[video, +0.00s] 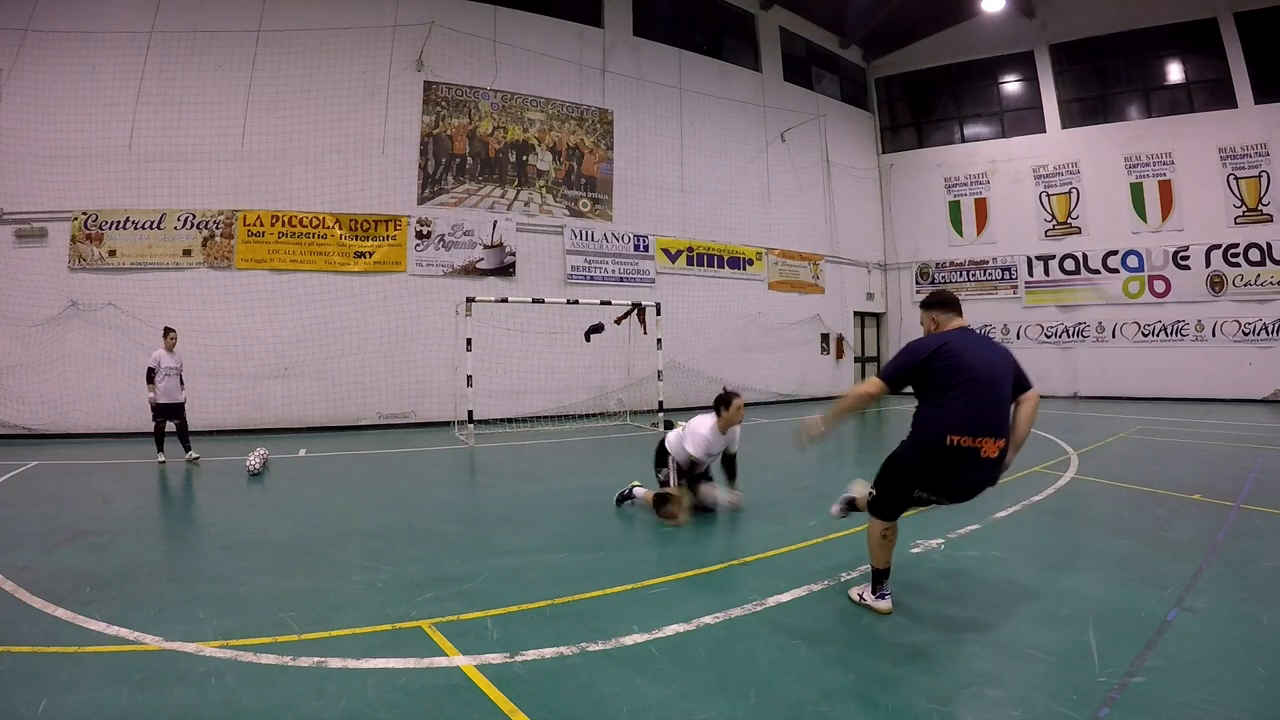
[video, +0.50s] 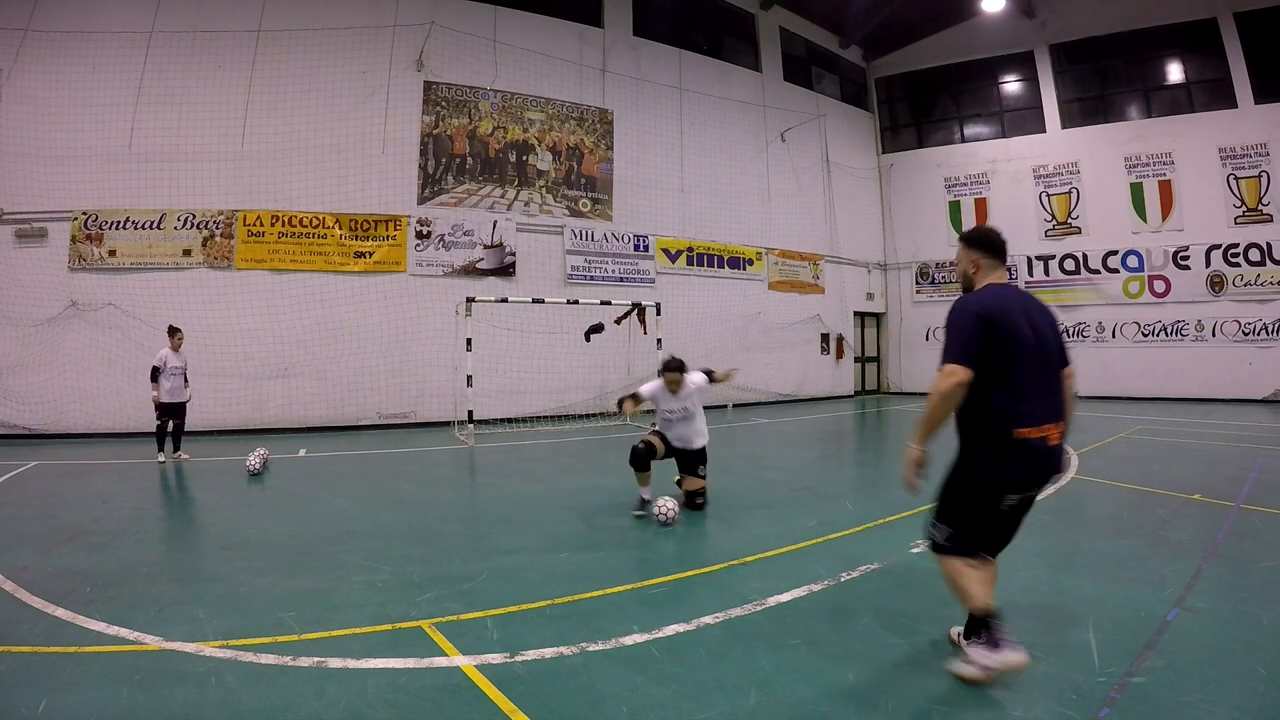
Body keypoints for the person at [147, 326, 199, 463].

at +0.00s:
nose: (174, 341)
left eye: (175, 339)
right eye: (171, 339)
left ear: (176, 340)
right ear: (164, 339)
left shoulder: (177, 357)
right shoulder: (157, 355)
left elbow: (180, 376)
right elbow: (150, 375)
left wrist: (183, 392)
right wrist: (151, 394)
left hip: (177, 399)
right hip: (161, 399)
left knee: (182, 426)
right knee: (160, 427)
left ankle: (188, 452)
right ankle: (160, 452)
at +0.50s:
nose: (181, 342)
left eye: (182, 339)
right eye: (179, 339)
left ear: (182, 339)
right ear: (171, 339)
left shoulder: (182, 356)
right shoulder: (163, 354)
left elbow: (184, 374)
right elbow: (154, 374)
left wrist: (187, 389)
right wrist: (155, 393)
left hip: (180, 397)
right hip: (165, 397)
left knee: (179, 425)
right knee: (163, 425)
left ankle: (177, 451)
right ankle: (161, 452)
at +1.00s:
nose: (199, 345)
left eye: (200, 342)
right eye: (196, 342)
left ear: (199, 343)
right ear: (189, 342)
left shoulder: (199, 359)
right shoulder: (179, 355)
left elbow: (201, 376)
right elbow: (165, 369)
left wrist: (200, 388)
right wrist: (153, 385)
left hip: (190, 397)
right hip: (175, 395)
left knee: (185, 424)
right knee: (181, 421)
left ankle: (178, 450)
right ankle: (173, 450)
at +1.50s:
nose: (227, 345)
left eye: (228, 342)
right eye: (225, 342)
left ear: (227, 342)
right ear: (217, 342)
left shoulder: (225, 356)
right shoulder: (212, 357)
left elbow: (221, 379)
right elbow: (202, 378)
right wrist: (203, 398)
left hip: (227, 398)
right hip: (212, 400)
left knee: (241, 419)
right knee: (198, 425)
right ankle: (180, 446)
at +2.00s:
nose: (253, 348)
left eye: (254, 345)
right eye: (251, 345)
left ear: (245, 345)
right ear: (242, 345)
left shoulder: (247, 358)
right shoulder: (234, 360)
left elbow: (245, 372)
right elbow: (225, 380)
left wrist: (253, 376)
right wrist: (224, 401)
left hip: (249, 394)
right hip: (238, 397)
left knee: (262, 420)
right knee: (258, 420)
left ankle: (258, 453)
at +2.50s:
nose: (258, 373)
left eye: (259, 371)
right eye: (257, 370)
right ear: (249, 365)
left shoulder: (247, 377)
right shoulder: (234, 374)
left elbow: (240, 391)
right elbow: (222, 391)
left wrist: (240, 409)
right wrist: (221, 411)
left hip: (226, 398)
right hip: (211, 396)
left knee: (227, 424)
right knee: (216, 424)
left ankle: (224, 451)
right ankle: (218, 455)